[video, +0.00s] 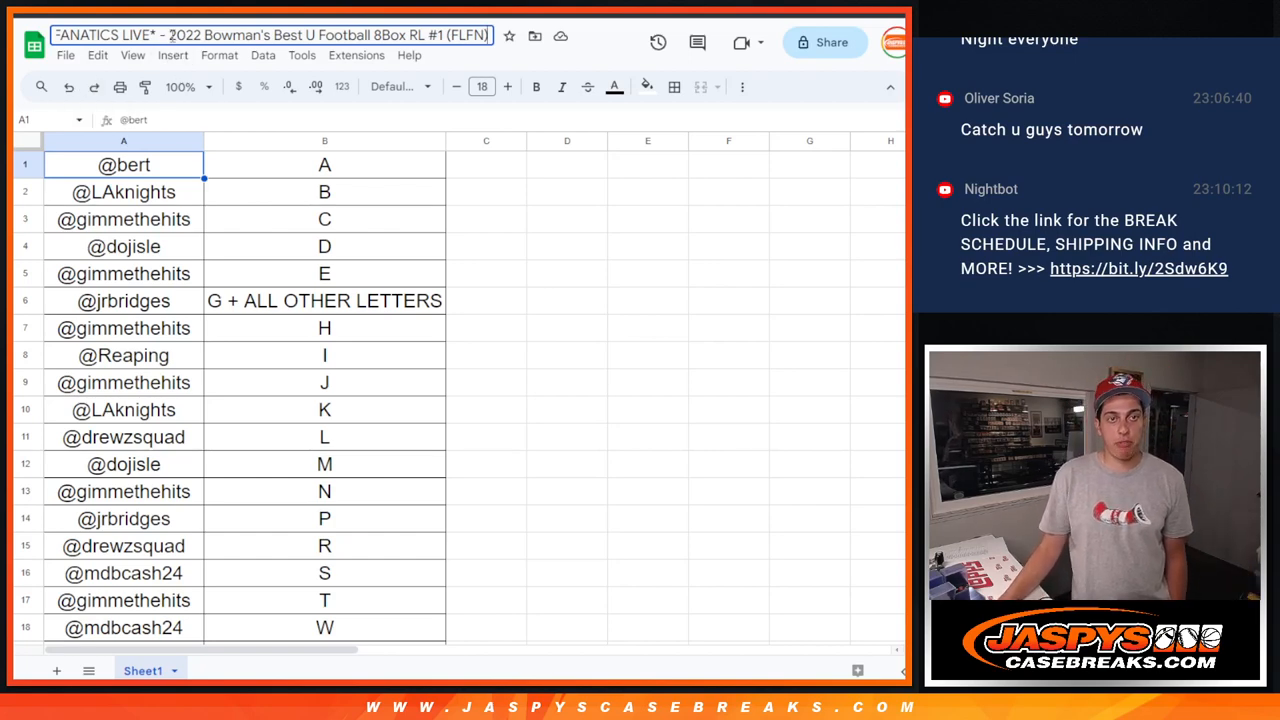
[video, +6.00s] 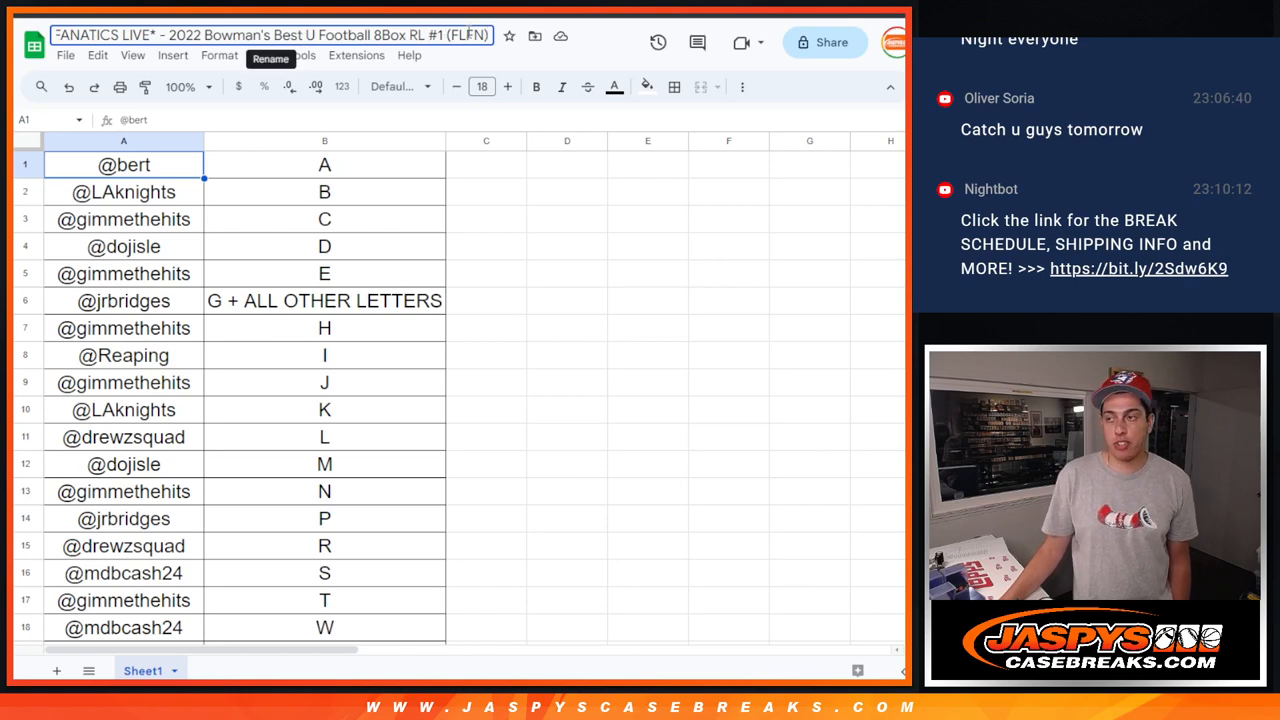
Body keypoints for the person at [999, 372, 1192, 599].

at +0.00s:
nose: (1123, 429)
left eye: (1133, 417)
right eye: (1112, 418)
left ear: (1145, 422)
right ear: (1098, 426)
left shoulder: (1170, 479)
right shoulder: (1071, 475)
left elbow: (1176, 555)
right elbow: (1049, 548)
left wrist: (1176, 603)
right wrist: (1006, 600)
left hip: (1150, 604)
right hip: (1087, 605)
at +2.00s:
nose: (1127, 428)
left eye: (1137, 415)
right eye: (1116, 417)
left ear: (1150, 421)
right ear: (1102, 425)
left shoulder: (1175, 481)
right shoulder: (1073, 476)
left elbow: (1179, 557)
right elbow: (1051, 549)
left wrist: (1180, 611)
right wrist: (1007, 599)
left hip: (1153, 607)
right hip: (1090, 607)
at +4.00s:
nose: (1126, 426)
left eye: (1136, 414)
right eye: (1115, 416)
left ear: (1149, 421)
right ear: (1102, 425)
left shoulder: (1175, 481)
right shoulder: (1074, 475)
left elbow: (1179, 556)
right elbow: (1051, 549)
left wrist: (1179, 610)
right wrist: (1008, 599)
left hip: (1152, 606)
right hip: (1090, 605)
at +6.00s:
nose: (1119, 429)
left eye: (1131, 417)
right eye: (1110, 418)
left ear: (1150, 422)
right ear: (1101, 423)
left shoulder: (1175, 481)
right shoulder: (1074, 475)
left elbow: (1179, 557)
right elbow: (1052, 549)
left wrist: (1180, 609)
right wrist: (1007, 600)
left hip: (1153, 607)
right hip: (1090, 608)